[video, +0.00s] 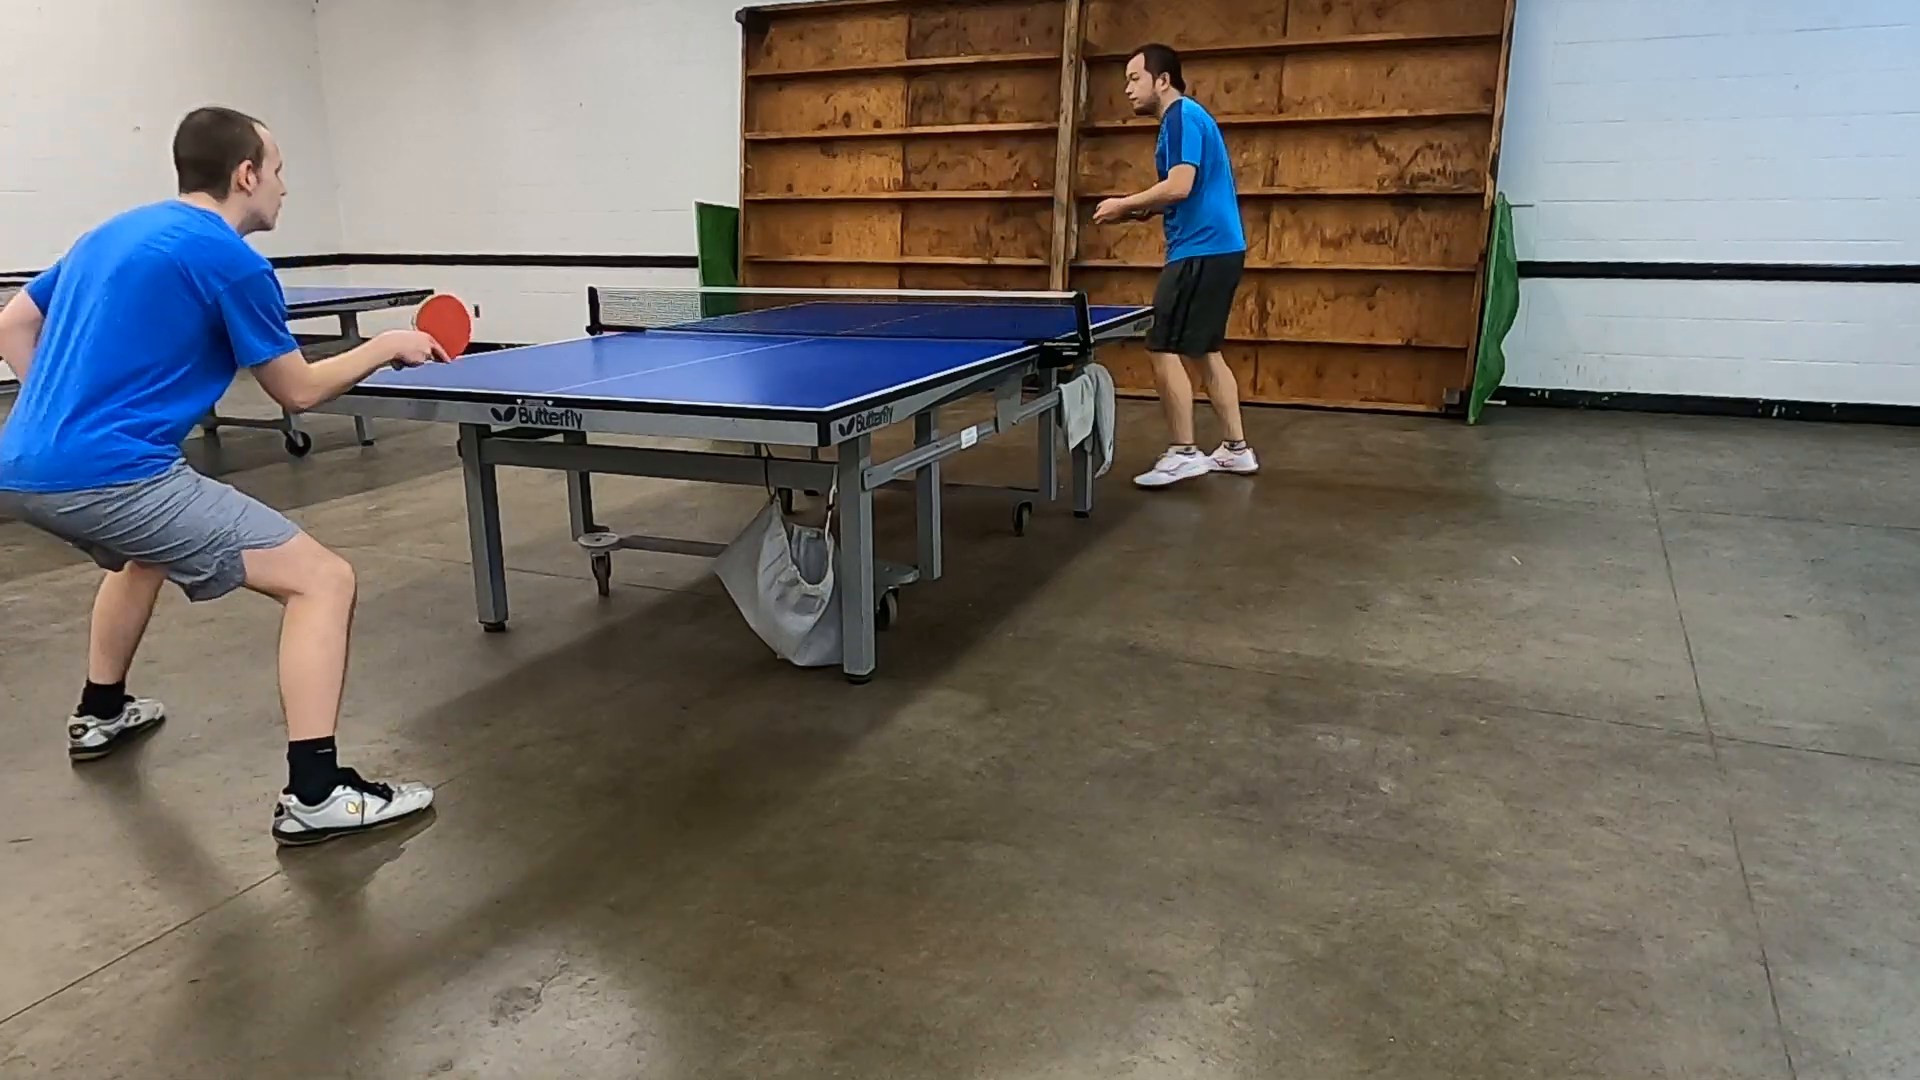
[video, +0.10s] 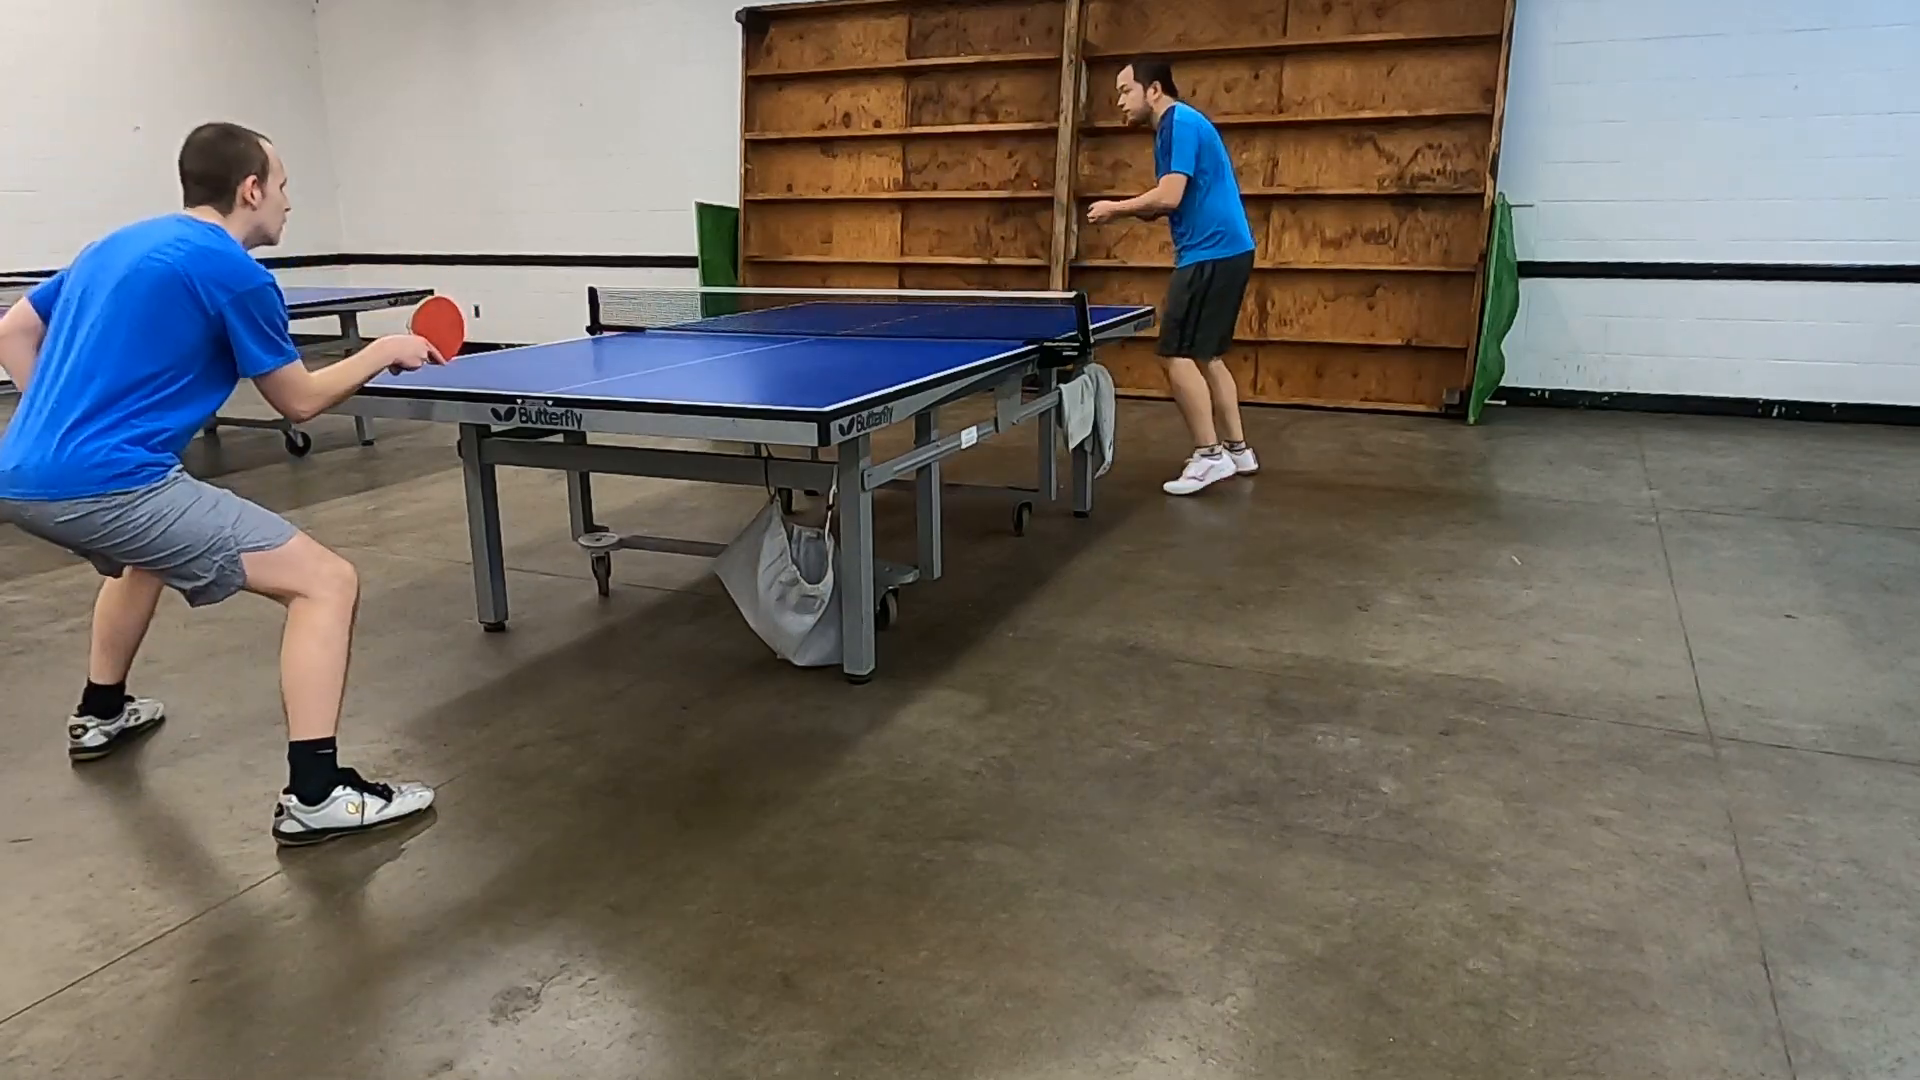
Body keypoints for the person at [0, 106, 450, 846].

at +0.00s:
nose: (281, 186)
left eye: (280, 171)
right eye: (276, 171)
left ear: (191, 175)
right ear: (244, 174)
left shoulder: (115, 233)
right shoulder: (231, 260)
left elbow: (15, 321)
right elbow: (298, 388)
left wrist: (64, 403)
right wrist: (387, 346)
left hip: (25, 470)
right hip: (110, 476)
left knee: (147, 547)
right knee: (324, 581)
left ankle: (100, 711)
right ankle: (317, 790)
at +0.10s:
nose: (285, 203)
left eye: (284, 187)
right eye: (281, 188)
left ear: (194, 190)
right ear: (249, 190)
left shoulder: (117, 246)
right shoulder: (234, 271)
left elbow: (16, 327)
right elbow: (299, 397)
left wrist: (59, 410)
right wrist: (382, 352)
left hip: (25, 479)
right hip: (108, 485)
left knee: (148, 549)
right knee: (327, 583)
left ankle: (100, 711)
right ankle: (317, 790)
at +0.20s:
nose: (290, 210)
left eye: (289, 194)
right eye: (285, 194)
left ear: (197, 198)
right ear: (253, 198)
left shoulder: (119, 253)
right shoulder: (236, 278)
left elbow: (16, 333)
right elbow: (297, 404)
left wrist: (60, 418)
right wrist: (378, 356)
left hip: (26, 484)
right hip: (110, 488)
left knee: (149, 550)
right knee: (329, 582)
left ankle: (101, 710)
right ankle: (317, 791)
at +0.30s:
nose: (292, 217)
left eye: (291, 201)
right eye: (287, 201)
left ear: (200, 202)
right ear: (255, 203)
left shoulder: (120, 256)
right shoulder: (238, 282)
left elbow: (16, 336)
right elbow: (296, 407)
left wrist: (61, 421)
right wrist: (374, 361)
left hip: (25, 486)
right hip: (111, 491)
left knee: (150, 551)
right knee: (331, 583)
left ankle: (100, 711)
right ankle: (317, 790)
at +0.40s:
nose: (293, 217)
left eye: (293, 200)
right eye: (288, 201)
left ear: (199, 202)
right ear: (257, 203)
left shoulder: (120, 256)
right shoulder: (240, 284)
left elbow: (17, 336)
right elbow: (296, 408)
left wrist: (60, 423)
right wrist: (374, 363)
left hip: (26, 486)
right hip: (113, 491)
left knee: (149, 553)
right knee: (332, 583)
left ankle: (101, 710)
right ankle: (317, 790)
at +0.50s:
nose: (294, 214)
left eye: (293, 198)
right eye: (289, 198)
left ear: (200, 200)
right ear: (258, 200)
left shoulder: (120, 255)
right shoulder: (241, 282)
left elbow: (17, 337)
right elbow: (296, 407)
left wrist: (64, 421)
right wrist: (376, 362)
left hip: (26, 484)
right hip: (115, 490)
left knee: (149, 553)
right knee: (332, 583)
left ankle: (101, 710)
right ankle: (317, 790)